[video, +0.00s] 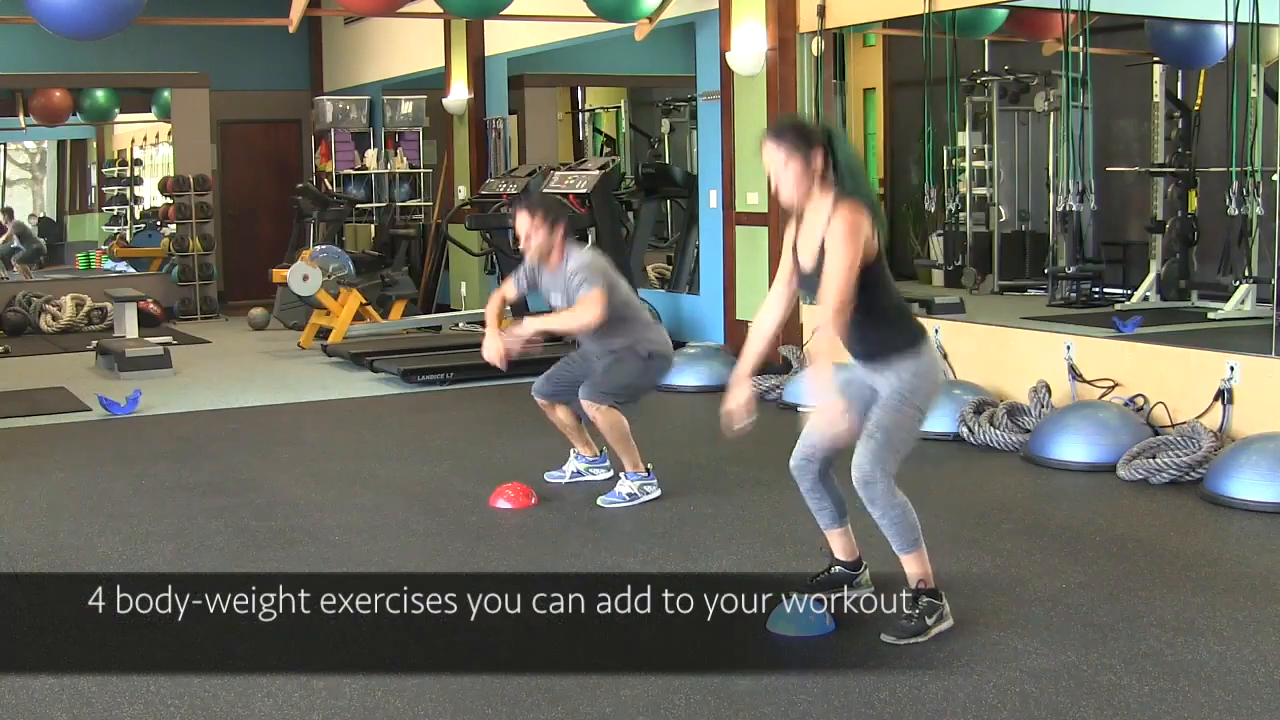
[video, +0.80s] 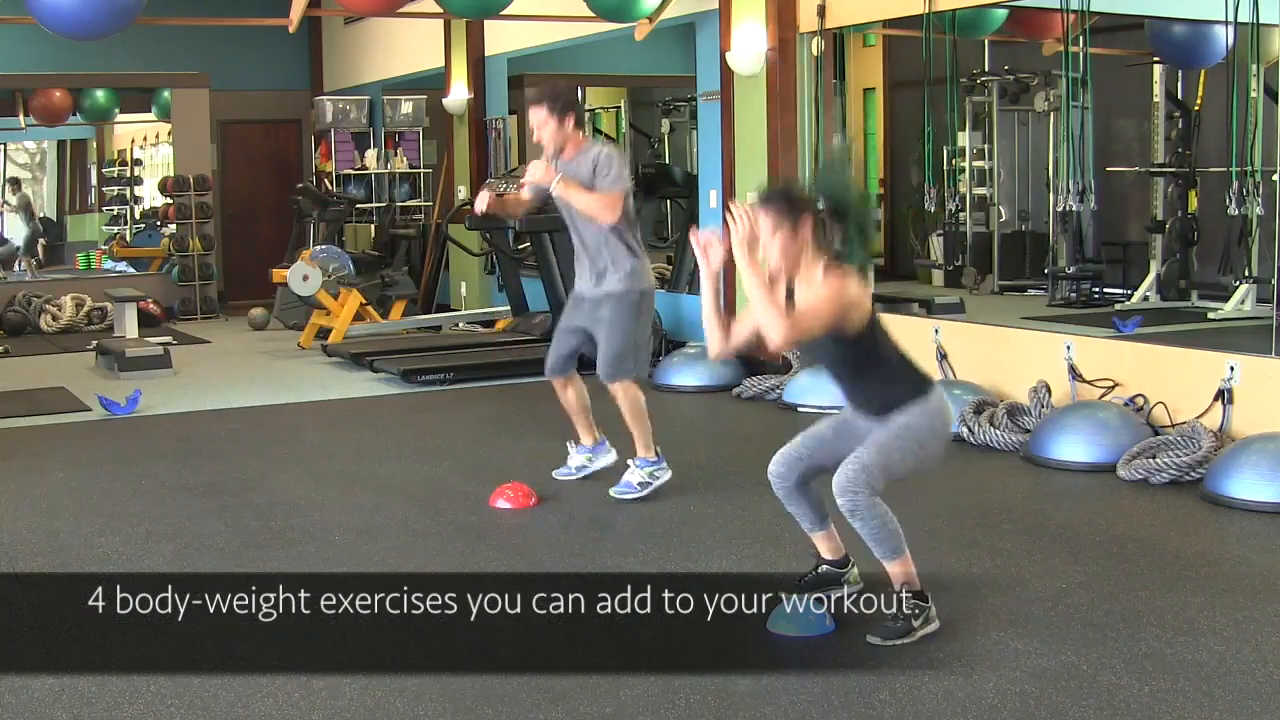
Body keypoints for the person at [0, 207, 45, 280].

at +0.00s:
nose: (1, 218)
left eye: (1, 216)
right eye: (1, 216)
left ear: (6, 216)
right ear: (8, 216)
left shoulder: (15, 225)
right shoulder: (14, 225)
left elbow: (4, 239)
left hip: (35, 247)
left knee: (18, 261)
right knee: (14, 260)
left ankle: (29, 279)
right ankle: (29, 279)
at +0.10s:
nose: (1, 205)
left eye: (2, 202)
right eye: (1, 203)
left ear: (7, 203)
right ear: (8, 203)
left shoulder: (16, 213)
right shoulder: (12, 214)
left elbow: (12, 229)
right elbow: (11, 229)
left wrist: (9, 243)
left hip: (32, 241)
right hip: (25, 241)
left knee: (17, 259)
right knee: (17, 259)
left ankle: (29, 278)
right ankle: (29, 278)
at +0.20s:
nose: (1, 194)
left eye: (3, 191)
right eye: (1, 191)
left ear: (8, 190)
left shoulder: (17, 199)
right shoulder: (8, 202)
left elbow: (24, 210)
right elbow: (8, 215)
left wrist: (24, 226)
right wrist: (11, 226)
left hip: (27, 229)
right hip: (19, 229)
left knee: (17, 253)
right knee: (20, 254)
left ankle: (26, 275)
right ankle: (26, 275)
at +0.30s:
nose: (2, 188)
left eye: (3, 186)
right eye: (2, 186)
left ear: (8, 184)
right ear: (8, 184)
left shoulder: (18, 192)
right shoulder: (11, 194)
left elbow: (29, 206)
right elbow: (17, 211)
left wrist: (33, 217)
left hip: (25, 223)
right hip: (22, 222)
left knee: (16, 249)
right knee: (24, 251)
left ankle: (19, 273)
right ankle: (28, 274)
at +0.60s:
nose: (8, 188)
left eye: (9, 185)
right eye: (7, 185)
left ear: (15, 184)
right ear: (14, 185)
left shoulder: (21, 193)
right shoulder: (19, 194)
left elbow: (28, 202)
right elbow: (21, 210)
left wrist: (26, 214)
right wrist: (8, 208)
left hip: (28, 227)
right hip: (27, 227)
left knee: (12, 250)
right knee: (25, 255)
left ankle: (16, 275)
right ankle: (31, 278)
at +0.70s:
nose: (9, 186)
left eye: (10, 183)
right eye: (8, 183)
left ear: (15, 182)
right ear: (15, 182)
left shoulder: (23, 192)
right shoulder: (19, 193)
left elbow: (23, 204)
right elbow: (17, 204)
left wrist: (11, 213)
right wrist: (6, 201)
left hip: (30, 225)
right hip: (29, 224)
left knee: (17, 249)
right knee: (26, 251)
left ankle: (28, 271)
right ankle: (30, 272)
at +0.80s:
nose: (9, 189)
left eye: (10, 186)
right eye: (8, 187)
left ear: (16, 186)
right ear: (15, 187)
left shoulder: (22, 197)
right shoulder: (21, 196)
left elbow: (16, 209)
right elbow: (16, 208)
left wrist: (4, 208)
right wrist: (7, 203)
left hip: (32, 227)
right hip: (31, 226)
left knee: (24, 253)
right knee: (26, 253)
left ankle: (31, 276)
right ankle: (33, 275)